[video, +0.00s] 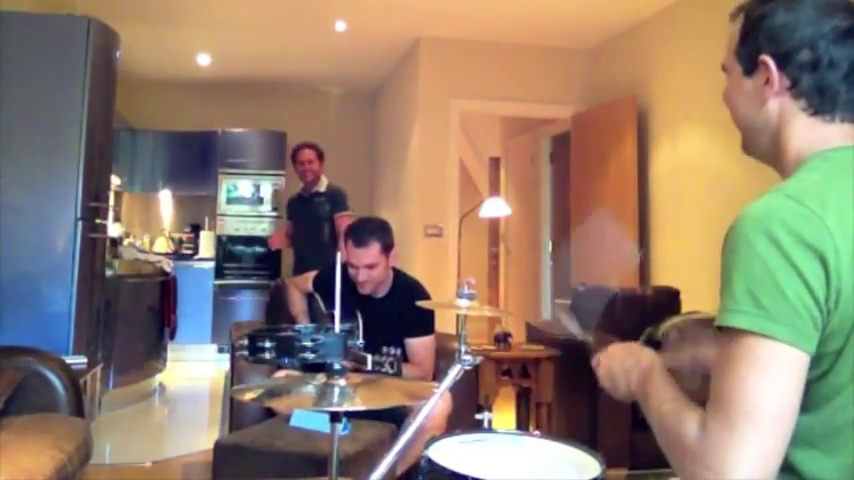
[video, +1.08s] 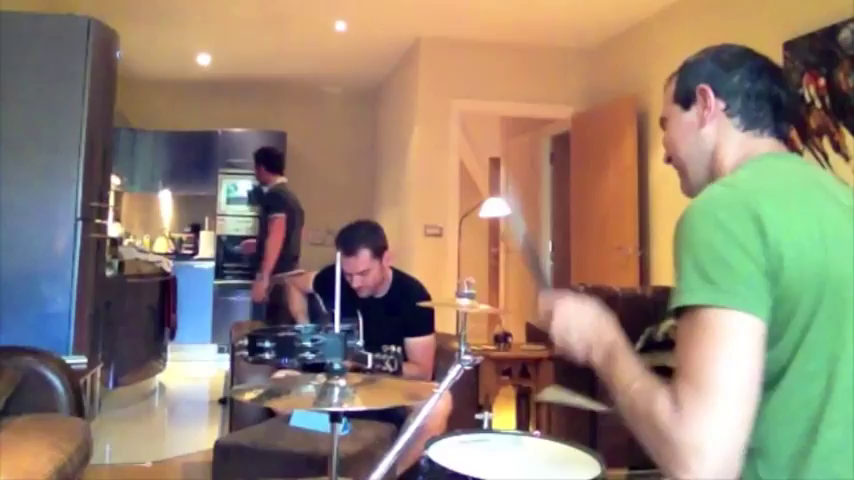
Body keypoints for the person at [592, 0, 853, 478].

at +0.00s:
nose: (724, 95)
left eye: (728, 74)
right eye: (724, 74)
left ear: (769, 80)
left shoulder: (784, 222)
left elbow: (727, 466)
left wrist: (643, 375)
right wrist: (724, 351)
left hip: (811, 469)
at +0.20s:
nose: (710, 108)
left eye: (714, 85)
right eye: (710, 87)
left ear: (753, 83)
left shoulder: (776, 214)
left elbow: (688, 455)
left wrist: (595, 326)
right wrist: (730, 346)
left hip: (795, 468)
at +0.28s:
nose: (705, 118)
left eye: (707, 94)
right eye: (703, 96)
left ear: (745, 87)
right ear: (820, 89)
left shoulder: (770, 212)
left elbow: (658, 445)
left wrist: (590, 281)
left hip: (802, 468)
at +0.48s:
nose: (694, 143)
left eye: (695, 116)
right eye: (692, 121)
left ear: (729, 98)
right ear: (801, 107)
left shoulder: (744, 210)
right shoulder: (844, 184)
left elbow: (616, 425)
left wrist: (592, 254)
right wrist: (740, 395)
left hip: (795, 469)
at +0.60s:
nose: (690, 150)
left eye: (691, 124)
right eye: (687, 128)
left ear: (724, 103)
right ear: (797, 117)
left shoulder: (734, 210)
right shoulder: (842, 188)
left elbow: (649, 448)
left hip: (789, 469)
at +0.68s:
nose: (683, 158)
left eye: (683, 131)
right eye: (681, 135)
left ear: (714, 109)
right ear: (786, 122)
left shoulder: (725, 212)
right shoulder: (842, 193)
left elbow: (659, 453)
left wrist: (586, 340)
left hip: (781, 469)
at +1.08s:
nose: (664, 152)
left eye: (665, 124)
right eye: (661, 129)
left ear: (706, 106)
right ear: (770, 117)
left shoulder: (727, 210)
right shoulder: (838, 199)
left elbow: (699, 457)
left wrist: (602, 343)